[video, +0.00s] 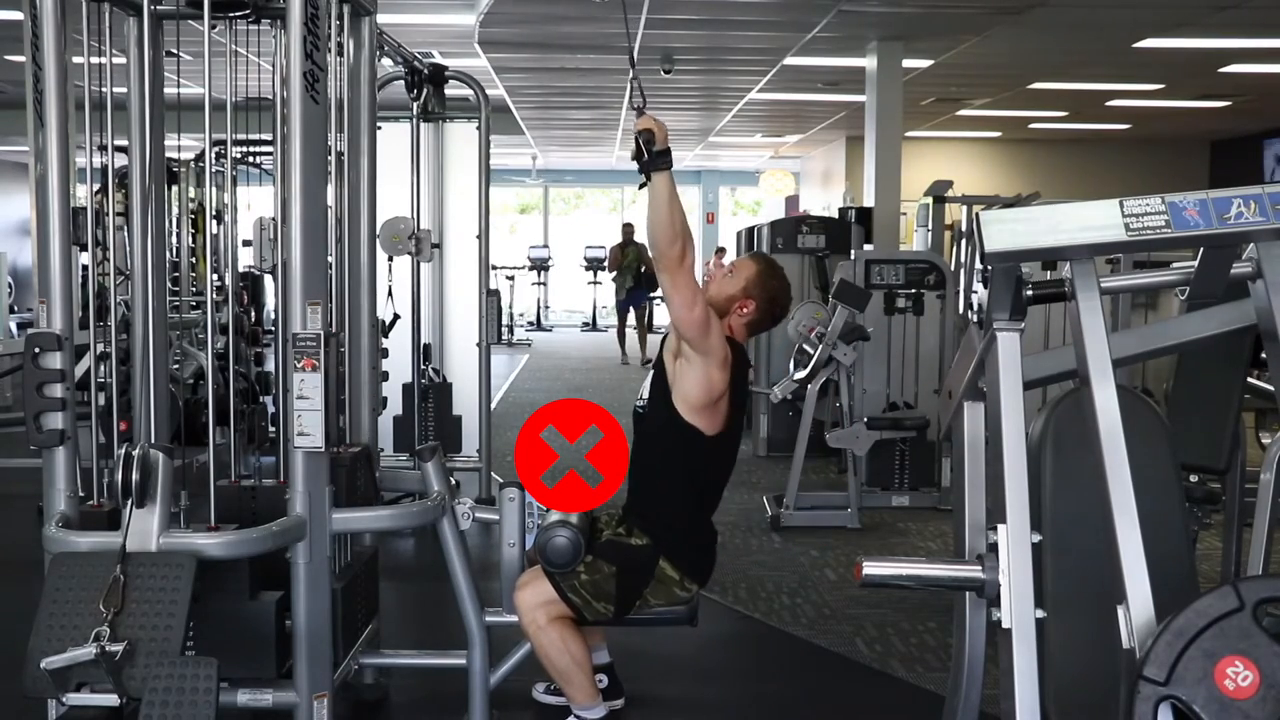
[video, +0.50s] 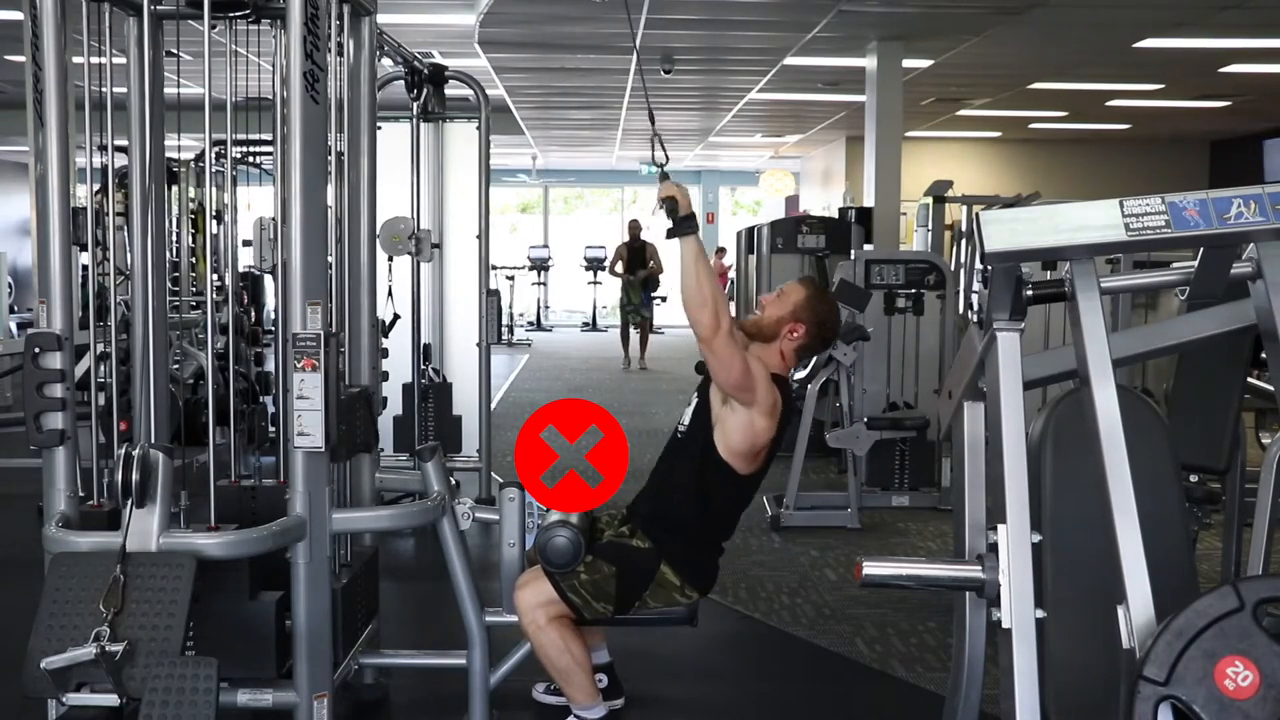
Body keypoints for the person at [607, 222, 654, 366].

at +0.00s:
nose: (628, 236)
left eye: (631, 233)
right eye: (626, 233)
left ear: (634, 233)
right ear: (622, 233)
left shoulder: (641, 248)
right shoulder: (616, 249)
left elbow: (650, 266)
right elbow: (611, 268)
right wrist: (623, 257)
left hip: (639, 288)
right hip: (622, 289)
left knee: (641, 323)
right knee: (622, 324)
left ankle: (644, 355)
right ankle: (623, 354)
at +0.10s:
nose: (631, 237)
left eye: (634, 234)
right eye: (629, 234)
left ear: (637, 234)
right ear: (624, 234)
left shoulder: (644, 251)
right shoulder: (618, 252)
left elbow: (651, 269)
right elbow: (610, 271)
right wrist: (623, 267)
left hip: (641, 291)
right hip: (624, 292)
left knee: (641, 324)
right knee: (622, 325)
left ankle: (643, 355)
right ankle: (623, 353)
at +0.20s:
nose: (635, 236)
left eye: (637, 233)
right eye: (632, 233)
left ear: (641, 234)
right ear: (628, 234)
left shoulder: (647, 250)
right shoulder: (621, 251)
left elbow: (657, 267)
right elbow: (610, 272)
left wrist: (648, 271)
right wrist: (624, 272)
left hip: (643, 293)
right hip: (626, 293)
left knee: (643, 325)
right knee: (623, 325)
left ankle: (643, 356)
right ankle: (623, 351)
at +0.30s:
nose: (635, 234)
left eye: (637, 231)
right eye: (633, 231)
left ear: (642, 232)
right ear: (629, 232)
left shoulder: (648, 250)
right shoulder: (622, 250)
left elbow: (658, 268)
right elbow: (610, 270)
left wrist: (648, 271)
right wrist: (625, 275)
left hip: (644, 295)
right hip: (627, 295)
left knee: (644, 327)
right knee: (624, 324)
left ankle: (642, 357)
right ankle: (624, 344)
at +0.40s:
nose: (635, 232)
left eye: (637, 229)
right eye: (632, 229)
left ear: (642, 230)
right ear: (629, 230)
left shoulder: (649, 248)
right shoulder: (622, 248)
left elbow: (659, 269)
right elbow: (610, 269)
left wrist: (646, 272)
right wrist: (623, 275)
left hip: (644, 289)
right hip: (628, 289)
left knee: (644, 325)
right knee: (624, 324)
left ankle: (642, 357)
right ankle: (625, 348)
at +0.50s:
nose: (634, 232)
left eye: (636, 228)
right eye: (631, 229)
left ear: (641, 229)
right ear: (628, 230)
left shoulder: (649, 248)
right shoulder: (622, 249)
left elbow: (659, 269)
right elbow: (611, 269)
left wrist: (646, 272)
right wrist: (622, 276)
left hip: (644, 290)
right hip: (628, 290)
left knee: (644, 325)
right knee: (625, 325)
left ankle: (642, 358)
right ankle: (626, 356)